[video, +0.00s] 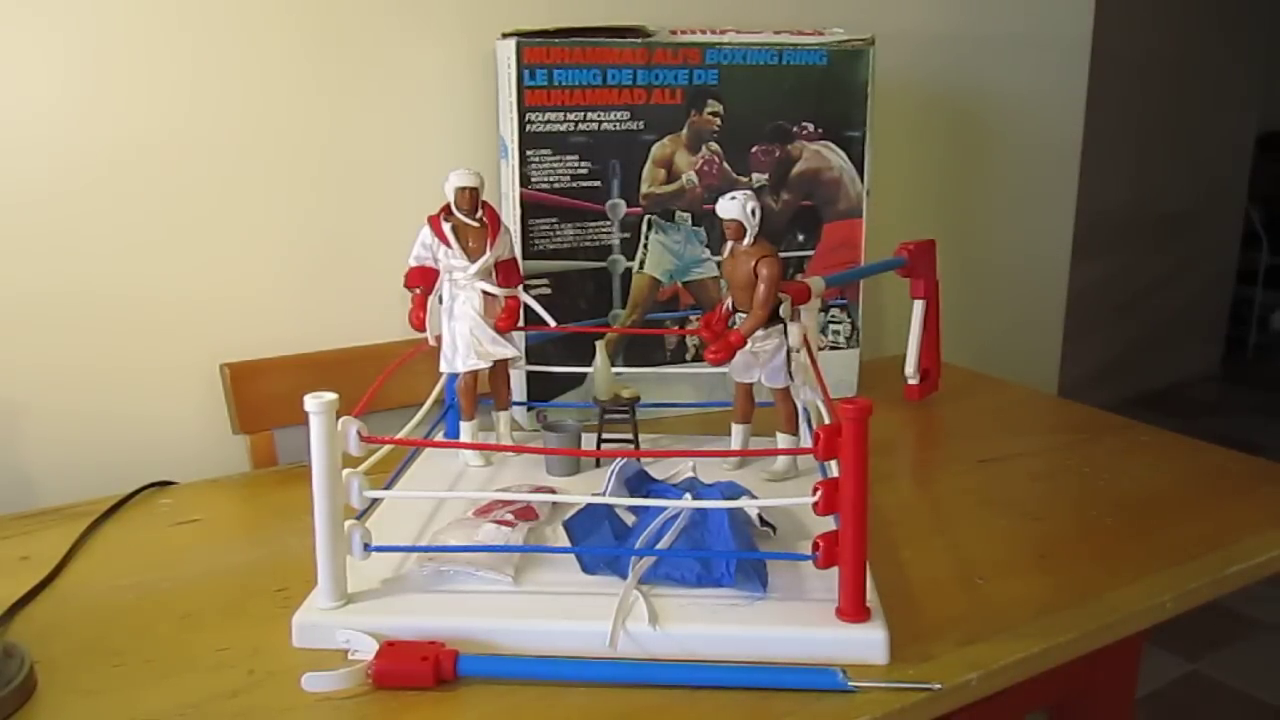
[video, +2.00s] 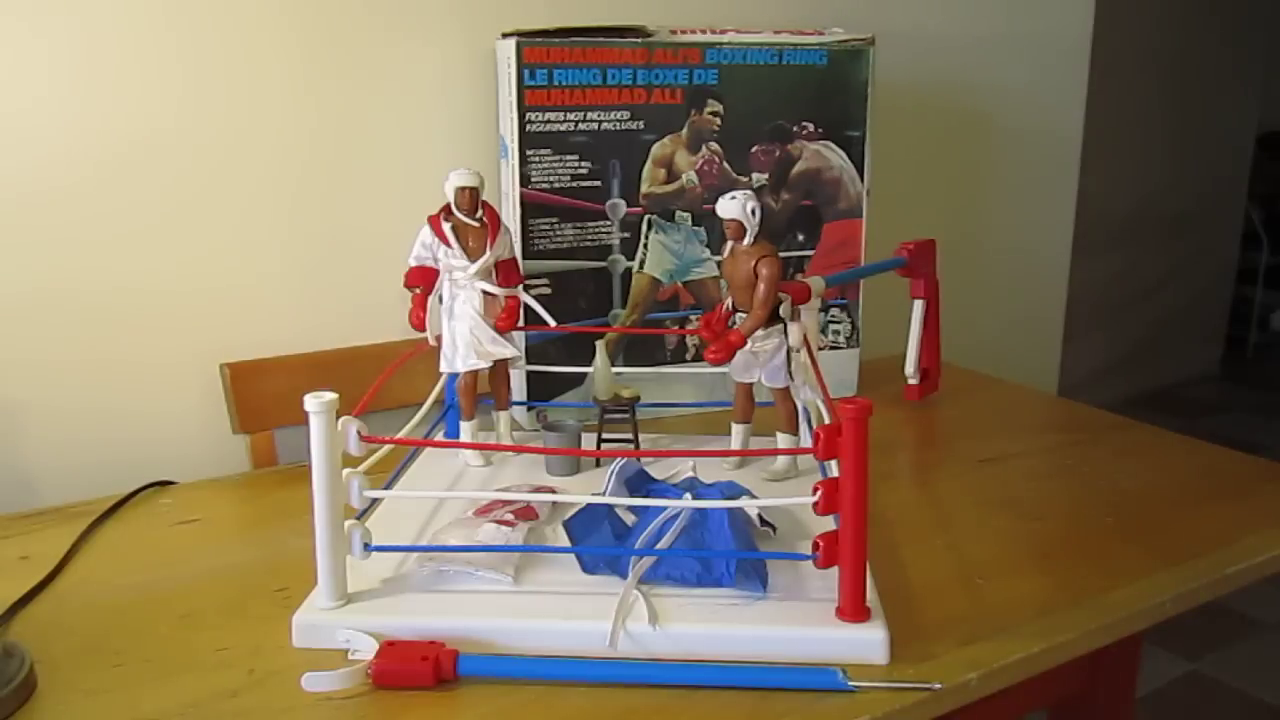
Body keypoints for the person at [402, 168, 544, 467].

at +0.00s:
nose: (468, 198)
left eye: (473, 191)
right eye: (461, 192)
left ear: (481, 194)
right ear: (451, 195)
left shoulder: (496, 228)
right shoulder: (436, 230)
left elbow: (508, 269)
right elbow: (421, 267)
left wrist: (512, 304)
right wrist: (419, 302)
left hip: (493, 301)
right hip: (458, 302)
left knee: (500, 363)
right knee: (468, 369)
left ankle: (505, 432)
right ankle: (468, 440)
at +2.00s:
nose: (467, 198)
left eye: (472, 191)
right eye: (461, 191)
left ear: (480, 194)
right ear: (451, 195)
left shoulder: (495, 227)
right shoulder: (435, 229)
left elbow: (509, 270)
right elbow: (421, 273)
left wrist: (511, 306)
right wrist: (422, 314)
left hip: (492, 303)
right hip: (457, 305)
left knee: (500, 364)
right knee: (468, 370)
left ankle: (505, 432)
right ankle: (469, 440)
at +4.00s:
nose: (467, 198)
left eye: (472, 191)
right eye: (461, 192)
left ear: (480, 194)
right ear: (451, 195)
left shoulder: (497, 228)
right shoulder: (436, 230)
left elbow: (509, 270)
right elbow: (422, 268)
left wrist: (512, 305)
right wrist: (419, 303)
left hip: (493, 302)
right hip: (458, 304)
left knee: (501, 364)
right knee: (469, 370)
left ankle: (505, 433)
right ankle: (468, 441)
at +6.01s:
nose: (466, 198)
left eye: (472, 191)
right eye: (460, 192)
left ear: (479, 194)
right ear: (450, 195)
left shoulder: (495, 228)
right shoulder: (435, 229)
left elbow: (508, 270)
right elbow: (421, 271)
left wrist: (510, 306)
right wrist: (420, 309)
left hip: (492, 302)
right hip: (458, 304)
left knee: (500, 363)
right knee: (468, 369)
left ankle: (505, 430)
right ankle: (468, 440)